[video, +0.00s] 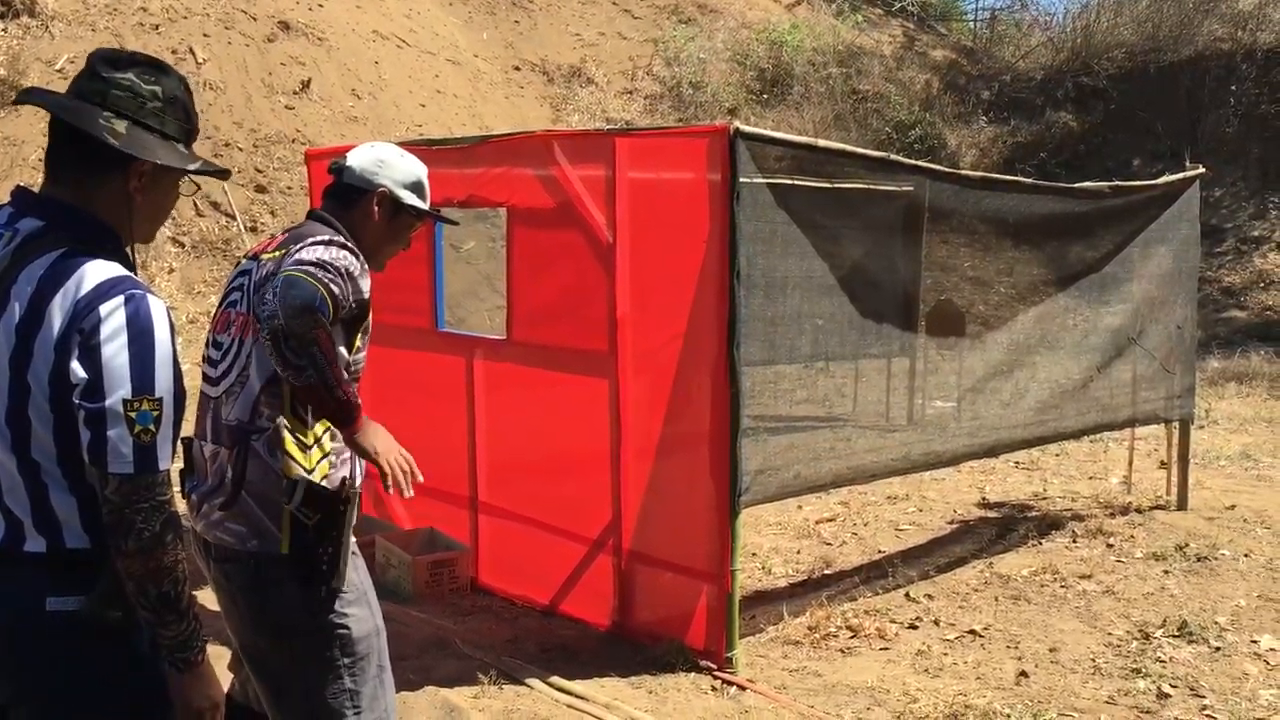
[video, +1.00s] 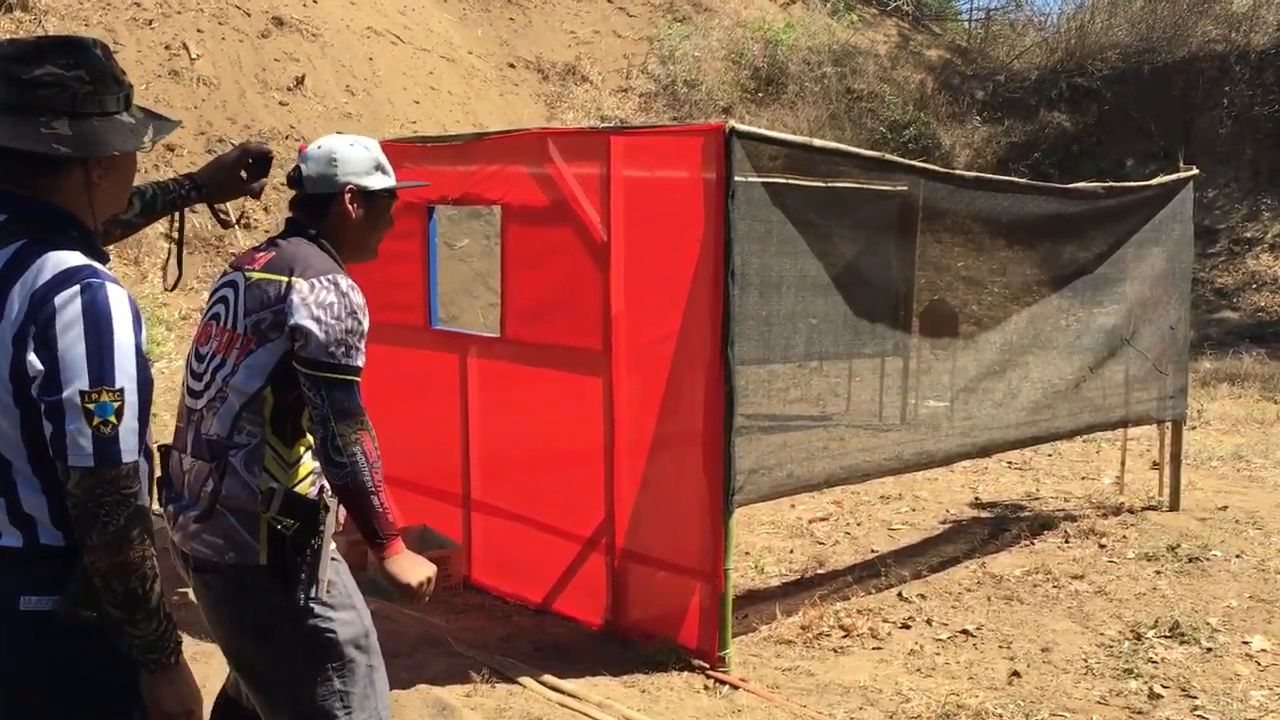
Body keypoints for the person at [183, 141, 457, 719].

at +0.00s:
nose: (410, 243)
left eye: (417, 229)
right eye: (411, 225)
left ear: (345, 200)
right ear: (375, 208)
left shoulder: (273, 253)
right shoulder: (335, 256)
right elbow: (291, 313)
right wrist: (357, 423)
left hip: (236, 529)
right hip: (290, 537)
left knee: (269, 693)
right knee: (354, 703)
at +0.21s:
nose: (401, 233)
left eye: (406, 218)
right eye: (399, 215)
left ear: (349, 198)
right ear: (363, 200)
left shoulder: (261, 254)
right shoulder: (321, 269)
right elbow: (326, 396)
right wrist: (431, 470)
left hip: (229, 525)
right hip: (286, 533)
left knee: (264, 692)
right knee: (348, 703)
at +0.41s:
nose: (383, 202)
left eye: (383, 187)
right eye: (375, 186)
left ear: (322, 184)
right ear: (335, 185)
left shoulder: (245, 251)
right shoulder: (322, 274)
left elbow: (239, 398)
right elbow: (350, 419)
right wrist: (400, 531)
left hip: (221, 528)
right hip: (283, 539)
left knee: (262, 698)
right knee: (343, 702)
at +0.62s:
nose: (380, 200)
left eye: (381, 185)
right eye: (374, 184)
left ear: (317, 180)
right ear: (336, 183)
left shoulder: (243, 249)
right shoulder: (321, 271)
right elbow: (335, 424)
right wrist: (377, 538)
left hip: (217, 524)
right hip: (280, 536)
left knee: (261, 694)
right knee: (344, 700)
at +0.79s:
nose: (388, 207)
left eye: (387, 192)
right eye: (382, 192)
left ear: (316, 189)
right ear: (345, 194)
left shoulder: (246, 257)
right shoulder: (325, 278)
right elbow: (337, 427)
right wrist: (386, 540)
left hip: (205, 529)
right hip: (272, 543)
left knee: (253, 697)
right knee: (348, 701)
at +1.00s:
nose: (393, 220)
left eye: (394, 205)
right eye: (388, 204)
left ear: (314, 199)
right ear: (351, 204)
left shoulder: (251, 265)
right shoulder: (327, 288)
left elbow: (253, 406)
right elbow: (342, 434)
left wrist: (318, 496)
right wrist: (393, 548)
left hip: (206, 524)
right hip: (266, 538)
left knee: (261, 683)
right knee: (352, 699)